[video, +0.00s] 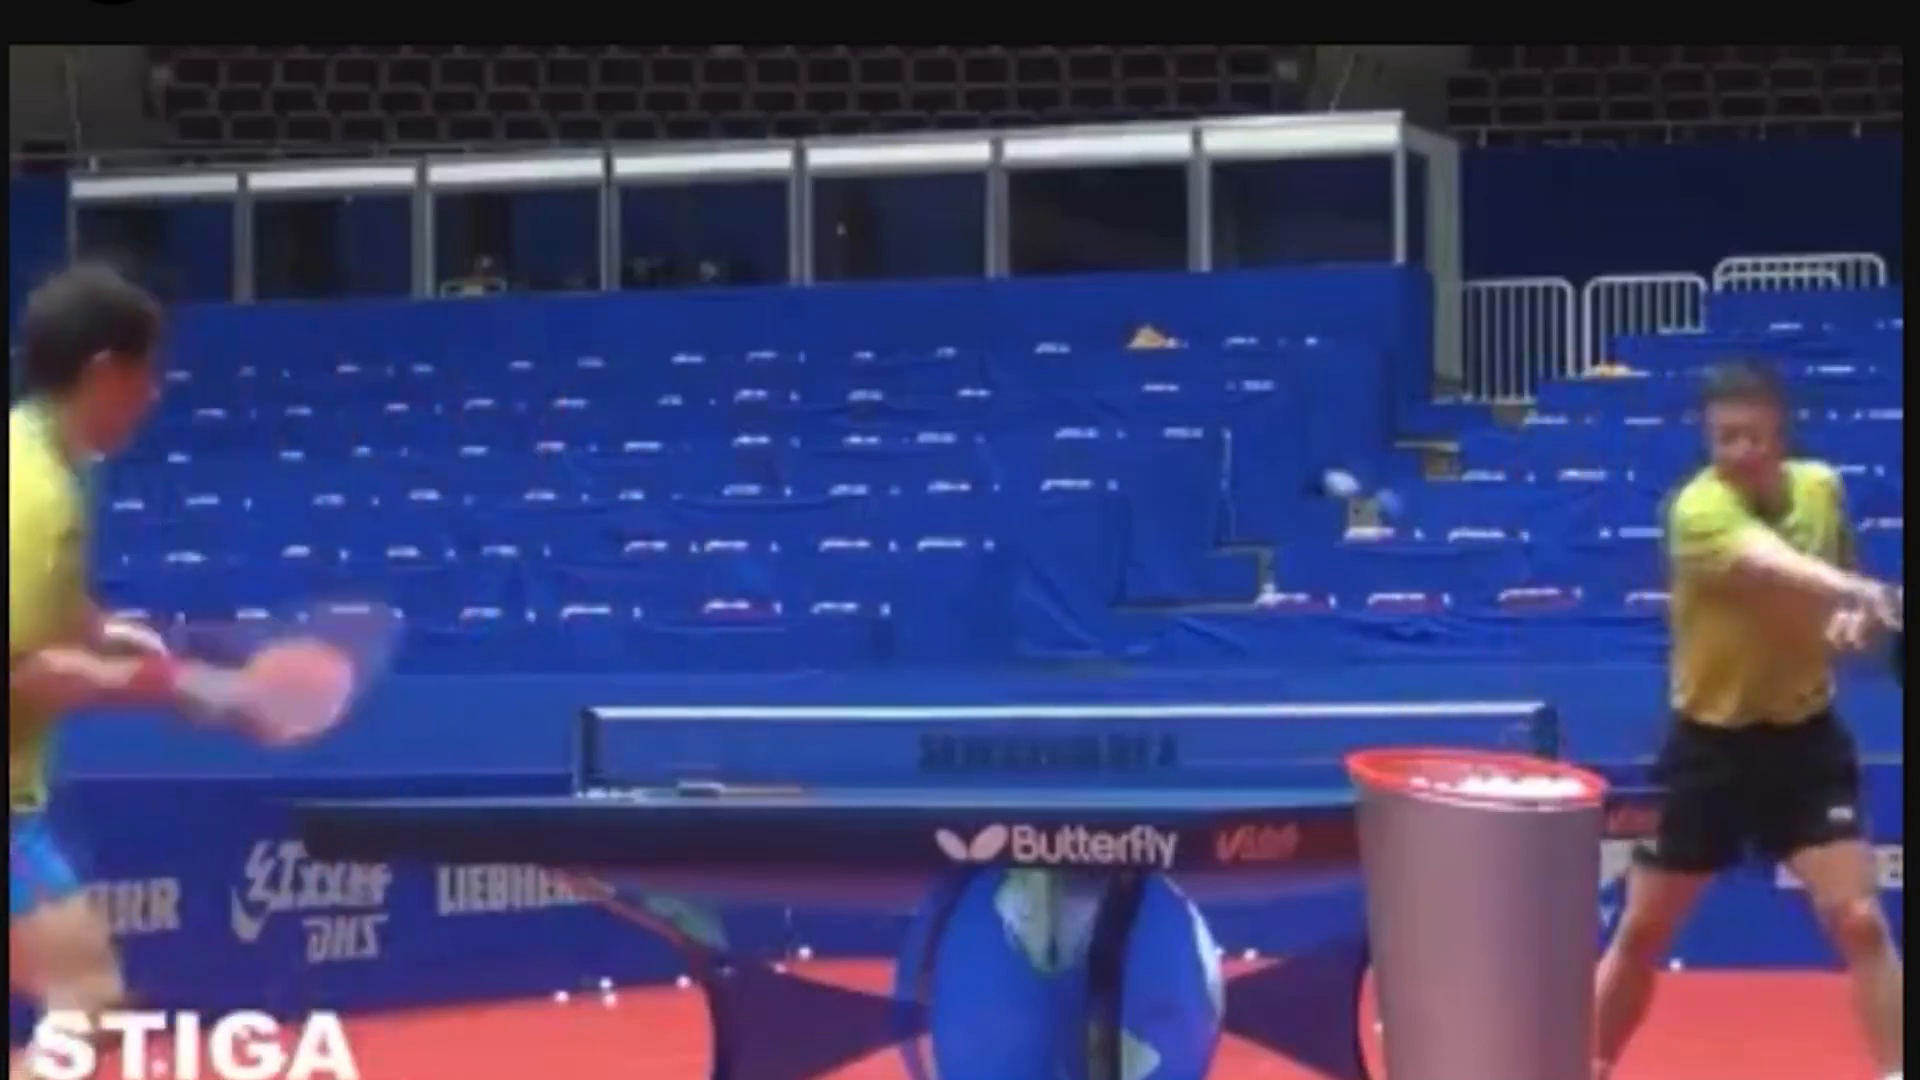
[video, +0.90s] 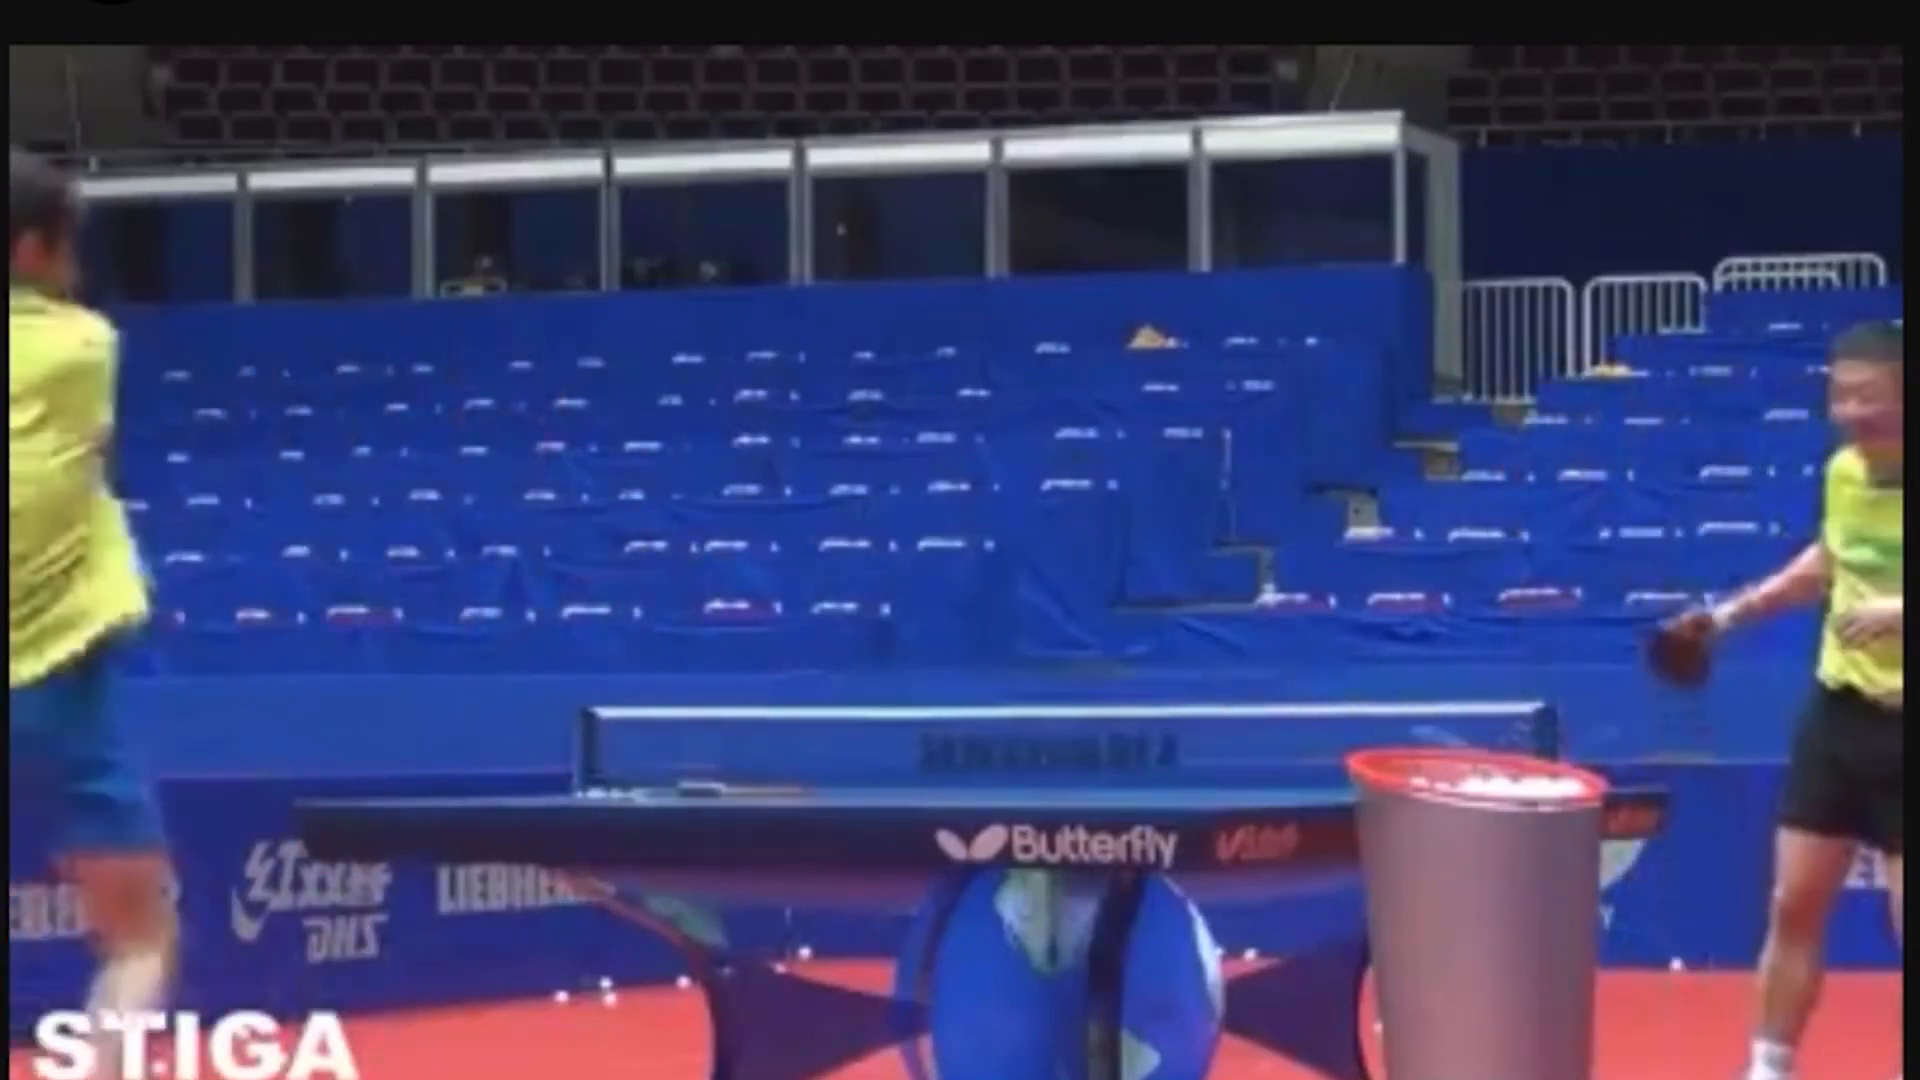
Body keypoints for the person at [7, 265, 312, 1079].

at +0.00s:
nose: (152, 391)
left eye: (152, 370)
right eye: (144, 368)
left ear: (88, 370)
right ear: (99, 372)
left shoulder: (50, 469)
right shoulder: (34, 495)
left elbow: (53, 607)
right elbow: (28, 670)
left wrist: (104, 630)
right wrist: (125, 681)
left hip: (23, 802)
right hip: (14, 812)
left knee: (79, 994)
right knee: (86, 993)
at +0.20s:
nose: (69, 453)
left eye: (71, 432)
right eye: (55, 433)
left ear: (60, 432)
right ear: (15, 435)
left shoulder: (41, 524)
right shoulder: (34, 531)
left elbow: (81, 591)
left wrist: (117, 664)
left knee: (20, 968)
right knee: (20, 969)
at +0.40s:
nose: (62, 486)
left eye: (67, 465)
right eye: (45, 467)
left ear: (67, 463)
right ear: (7, 468)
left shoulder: (65, 540)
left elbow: (166, 591)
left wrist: (229, 694)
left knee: (19, 972)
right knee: (20, 973)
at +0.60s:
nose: (109, 474)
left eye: (109, 455)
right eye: (96, 455)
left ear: (59, 434)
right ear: (34, 433)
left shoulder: (90, 533)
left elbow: (139, 645)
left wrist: (171, 691)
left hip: (10, 824)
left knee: (64, 984)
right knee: (59, 983)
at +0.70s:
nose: (115, 362)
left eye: (116, 339)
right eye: (102, 338)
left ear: (53, 346)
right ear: (45, 344)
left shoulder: (46, 448)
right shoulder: (25, 467)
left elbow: (47, 609)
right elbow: (26, 680)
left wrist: (109, 641)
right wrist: (149, 685)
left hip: (29, 776)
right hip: (20, 783)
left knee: (65, 978)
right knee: (67, 979)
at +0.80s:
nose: (89, 281)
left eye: (85, 261)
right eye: (76, 263)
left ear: (28, 267)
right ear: (33, 268)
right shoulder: (86, 373)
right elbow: (201, 392)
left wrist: (108, 322)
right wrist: (129, 316)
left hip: (34, 738)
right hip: (30, 734)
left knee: (85, 948)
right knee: (91, 951)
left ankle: (40, 1049)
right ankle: (32, 1057)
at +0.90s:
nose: (73, 263)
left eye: (64, 245)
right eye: (68, 246)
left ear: (26, 249)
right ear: (39, 248)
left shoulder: (70, 346)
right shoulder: (76, 347)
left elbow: (79, 474)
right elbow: (86, 472)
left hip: (59, 659)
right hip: (55, 664)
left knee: (132, 929)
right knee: (139, 932)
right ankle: (89, 1057)